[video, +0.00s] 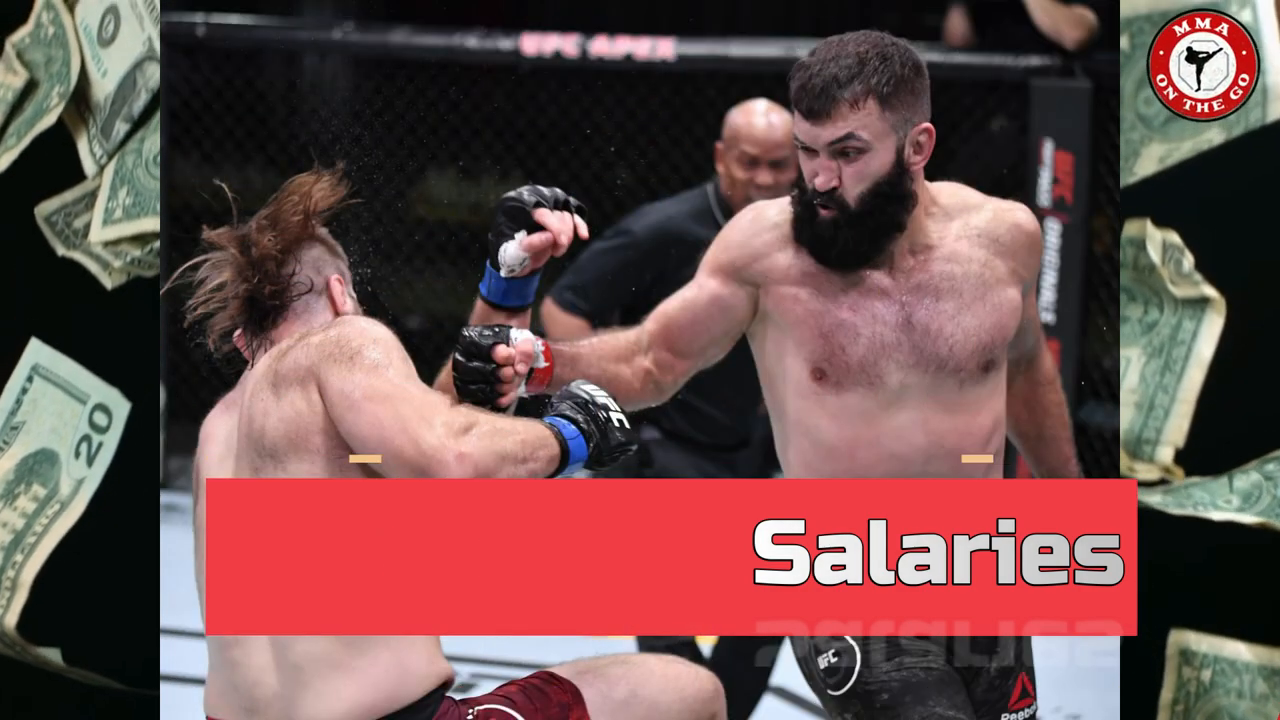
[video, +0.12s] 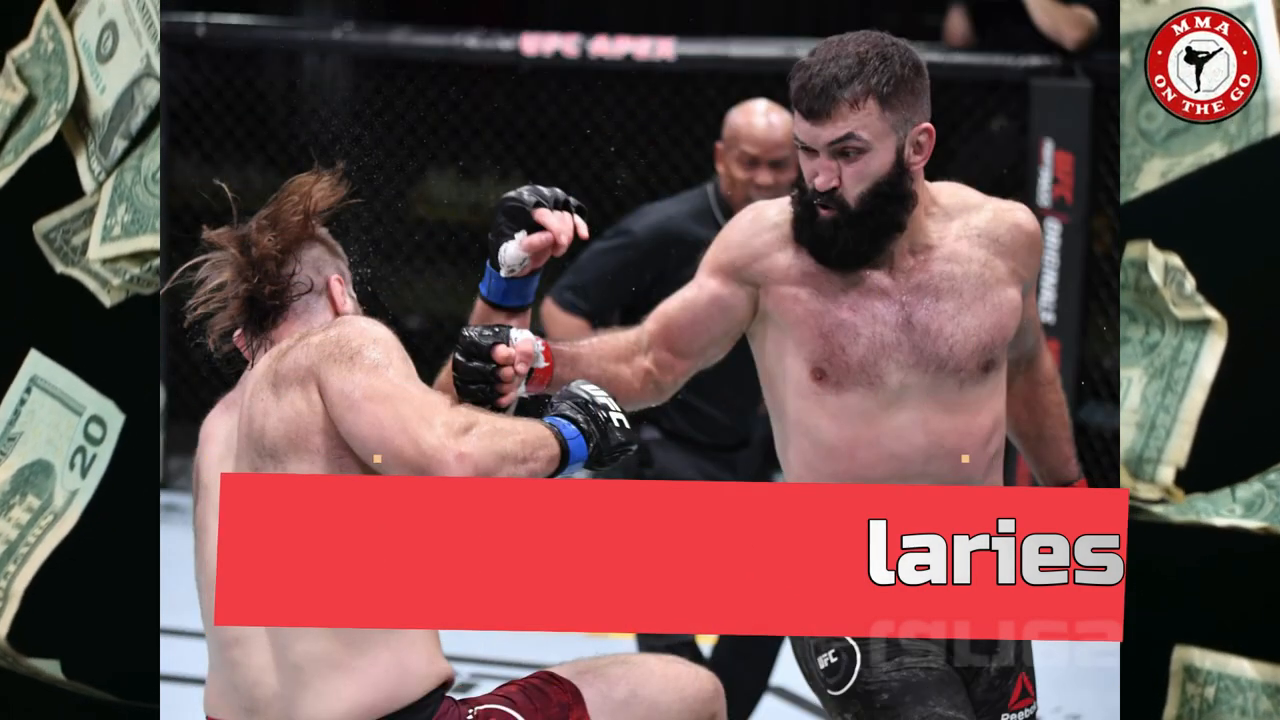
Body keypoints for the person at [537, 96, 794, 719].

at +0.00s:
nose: (766, 181)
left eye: (781, 165)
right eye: (750, 163)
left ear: (800, 162)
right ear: (719, 157)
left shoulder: (803, 239)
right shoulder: (661, 232)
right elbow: (560, 310)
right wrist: (619, 406)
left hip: (769, 460)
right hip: (670, 458)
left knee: (763, 627)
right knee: (668, 622)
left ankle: (728, 713)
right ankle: (675, 709)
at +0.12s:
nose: (766, 181)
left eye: (781, 165)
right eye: (750, 163)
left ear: (800, 162)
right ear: (720, 157)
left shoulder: (802, 239)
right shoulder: (662, 232)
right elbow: (560, 310)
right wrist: (618, 405)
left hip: (766, 458)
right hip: (668, 455)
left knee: (767, 618)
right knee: (667, 614)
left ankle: (726, 716)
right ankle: (674, 711)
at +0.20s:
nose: (766, 181)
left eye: (781, 165)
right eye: (750, 163)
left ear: (800, 162)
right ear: (719, 158)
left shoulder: (801, 240)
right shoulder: (661, 232)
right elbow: (560, 310)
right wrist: (618, 405)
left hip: (763, 461)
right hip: (666, 458)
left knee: (768, 618)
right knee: (667, 618)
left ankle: (726, 715)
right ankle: (674, 710)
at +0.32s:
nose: (766, 181)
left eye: (781, 165)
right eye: (749, 163)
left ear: (800, 162)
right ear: (719, 157)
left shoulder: (799, 241)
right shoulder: (661, 232)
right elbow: (561, 311)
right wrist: (618, 410)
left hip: (755, 466)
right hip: (667, 463)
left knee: (761, 633)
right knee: (674, 638)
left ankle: (724, 718)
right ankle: (669, 714)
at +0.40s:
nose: (766, 181)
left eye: (781, 165)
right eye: (750, 164)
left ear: (800, 162)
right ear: (719, 158)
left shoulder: (801, 239)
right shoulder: (661, 232)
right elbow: (561, 311)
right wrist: (616, 406)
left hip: (753, 457)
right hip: (667, 454)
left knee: (768, 610)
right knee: (672, 611)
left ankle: (724, 718)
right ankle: (668, 716)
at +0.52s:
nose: (767, 181)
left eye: (781, 165)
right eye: (750, 164)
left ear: (800, 162)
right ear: (719, 157)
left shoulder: (803, 238)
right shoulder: (661, 232)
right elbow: (560, 312)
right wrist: (612, 411)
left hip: (751, 460)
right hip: (665, 457)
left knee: (767, 610)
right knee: (671, 615)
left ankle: (721, 719)